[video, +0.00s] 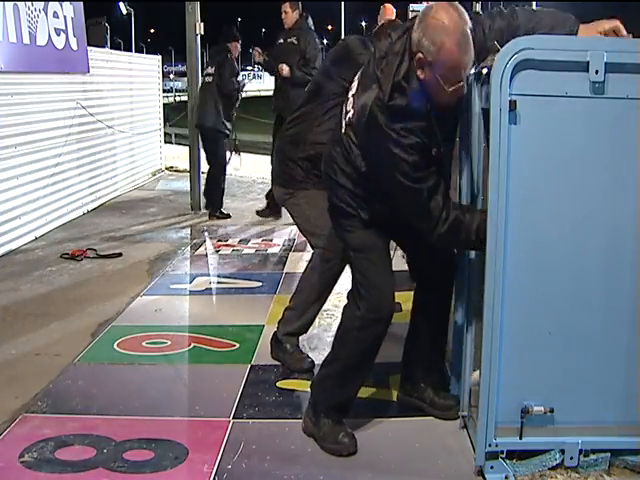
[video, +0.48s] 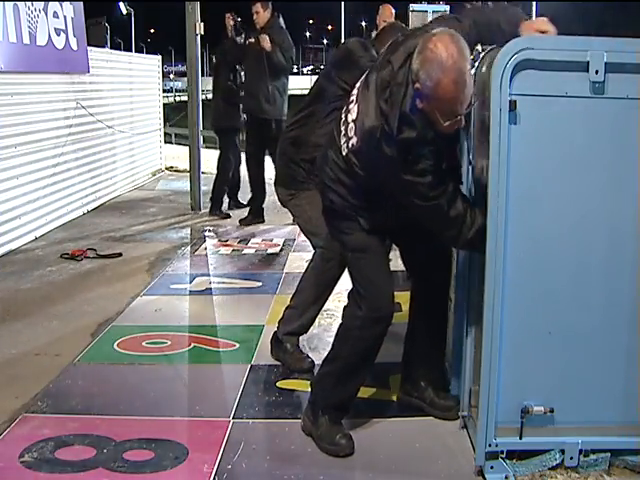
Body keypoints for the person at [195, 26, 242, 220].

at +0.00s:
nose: (239, 49)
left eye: (239, 45)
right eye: (237, 45)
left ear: (225, 45)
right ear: (231, 45)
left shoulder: (213, 61)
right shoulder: (226, 61)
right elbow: (227, 87)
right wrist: (241, 83)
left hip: (205, 118)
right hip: (215, 120)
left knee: (215, 163)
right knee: (219, 164)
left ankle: (210, 201)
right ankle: (215, 206)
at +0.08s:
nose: (240, 45)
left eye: (240, 41)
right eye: (238, 42)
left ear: (228, 42)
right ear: (231, 42)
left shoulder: (219, 57)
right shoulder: (226, 59)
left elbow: (225, 85)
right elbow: (229, 87)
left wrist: (238, 84)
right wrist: (242, 83)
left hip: (212, 119)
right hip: (215, 120)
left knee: (219, 164)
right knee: (219, 165)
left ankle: (218, 198)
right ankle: (215, 206)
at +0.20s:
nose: (241, 44)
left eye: (240, 39)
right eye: (238, 40)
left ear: (230, 41)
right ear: (231, 41)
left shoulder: (226, 58)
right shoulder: (226, 59)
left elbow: (225, 86)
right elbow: (226, 87)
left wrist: (240, 86)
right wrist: (242, 87)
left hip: (220, 119)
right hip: (217, 120)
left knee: (224, 160)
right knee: (222, 162)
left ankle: (227, 195)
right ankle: (216, 207)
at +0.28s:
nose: (241, 42)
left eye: (240, 39)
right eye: (238, 39)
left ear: (229, 41)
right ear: (230, 41)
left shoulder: (225, 58)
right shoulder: (224, 60)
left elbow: (226, 89)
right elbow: (226, 91)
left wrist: (240, 89)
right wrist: (242, 91)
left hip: (222, 119)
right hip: (219, 120)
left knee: (227, 159)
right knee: (224, 161)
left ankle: (231, 197)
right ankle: (216, 207)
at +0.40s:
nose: (238, 31)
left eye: (239, 27)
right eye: (235, 27)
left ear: (239, 32)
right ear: (228, 32)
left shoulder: (236, 54)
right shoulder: (224, 55)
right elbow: (222, 85)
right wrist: (238, 94)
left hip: (231, 117)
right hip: (222, 118)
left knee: (230, 160)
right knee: (228, 160)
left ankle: (232, 198)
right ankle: (216, 207)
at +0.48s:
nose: (243, 45)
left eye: (241, 41)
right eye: (240, 42)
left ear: (231, 42)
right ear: (233, 44)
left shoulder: (234, 61)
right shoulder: (225, 62)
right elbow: (225, 88)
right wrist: (243, 98)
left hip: (232, 116)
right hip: (226, 117)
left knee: (234, 158)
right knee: (228, 159)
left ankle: (233, 197)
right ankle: (216, 205)